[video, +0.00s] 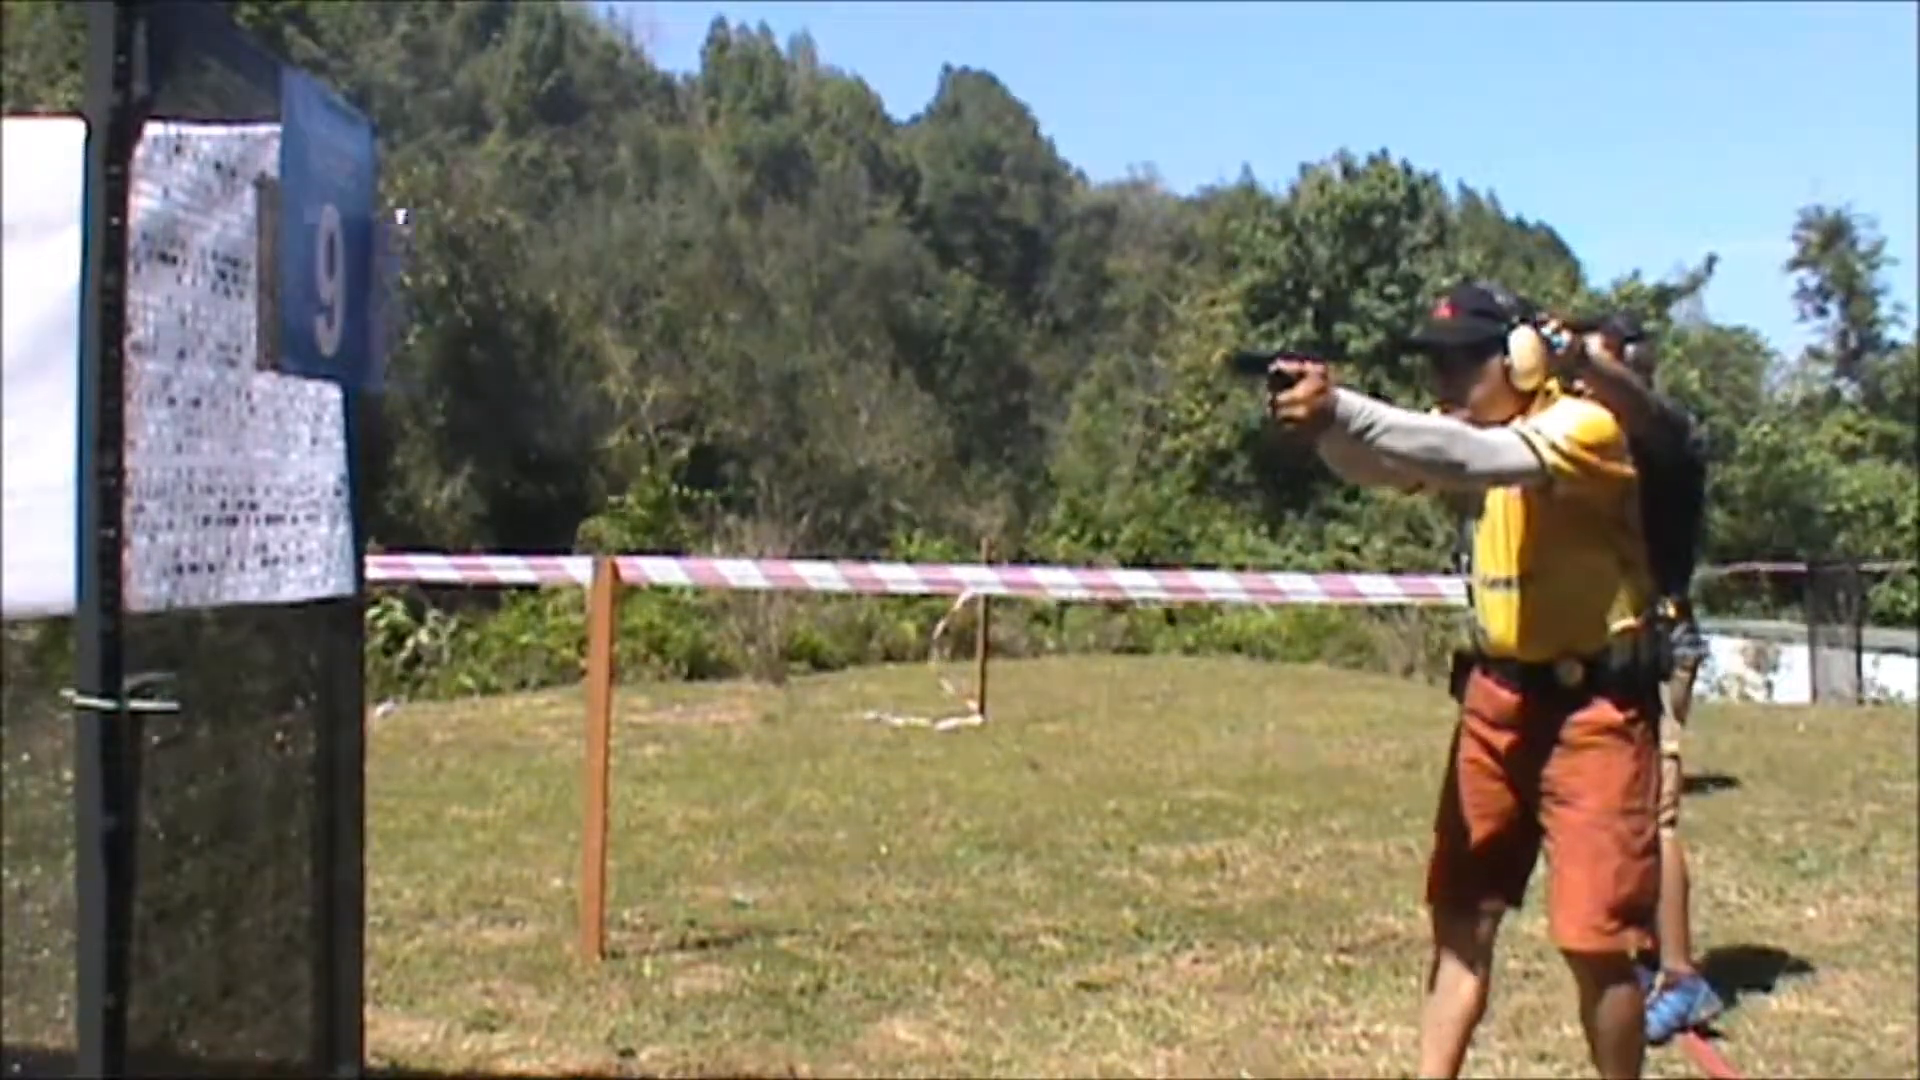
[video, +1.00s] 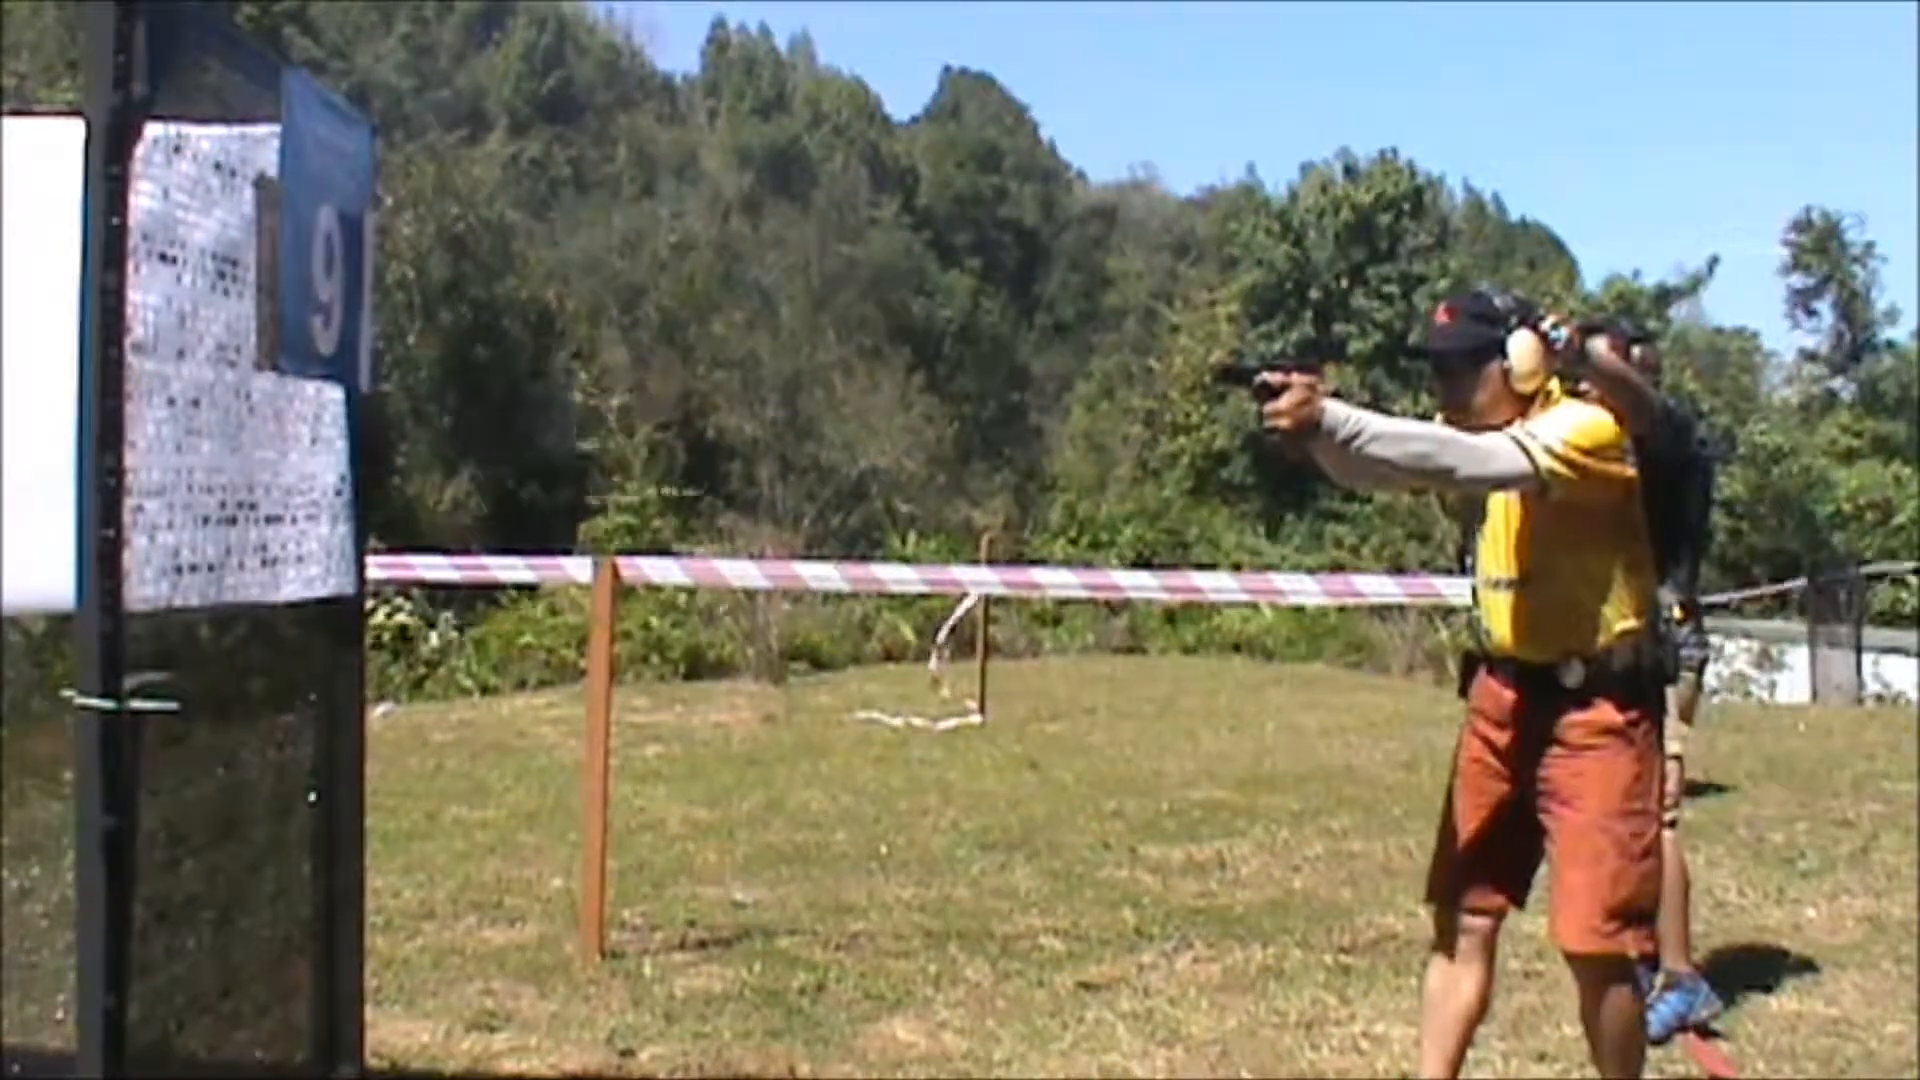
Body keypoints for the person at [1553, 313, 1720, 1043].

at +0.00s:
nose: (1599, 371)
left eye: (1612, 359)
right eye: (1595, 359)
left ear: (1638, 364)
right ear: (1590, 368)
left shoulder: (1671, 437)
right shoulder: (1581, 433)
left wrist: (1585, 359)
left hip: (1659, 631)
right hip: (1601, 637)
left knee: (1657, 806)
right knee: (1614, 805)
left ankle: (1678, 970)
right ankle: (1639, 965)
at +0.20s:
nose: (1604, 370)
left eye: (1617, 358)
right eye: (1597, 360)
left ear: (1643, 362)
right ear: (1588, 368)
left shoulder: (1676, 438)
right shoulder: (1581, 433)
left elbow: (1658, 428)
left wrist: (1589, 364)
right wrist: (1555, 361)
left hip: (1658, 628)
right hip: (1596, 634)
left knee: (1655, 808)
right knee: (1609, 804)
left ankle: (1679, 971)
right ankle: (1635, 965)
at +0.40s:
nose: (1604, 373)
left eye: (1618, 360)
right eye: (1598, 361)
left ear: (1640, 365)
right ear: (1587, 371)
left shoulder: (1671, 438)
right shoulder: (1578, 435)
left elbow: (1634, 400)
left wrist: (1585, 357)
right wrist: (1556, 361)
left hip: (1659, 624)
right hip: (1596, 630)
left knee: (1657, 808)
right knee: (1612, 805)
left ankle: (1678, 971)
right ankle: (1640, 967)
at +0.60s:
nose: (1604, 374)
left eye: (1617, 360)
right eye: (1598, 361)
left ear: (1639, 365)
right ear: (1585, 370)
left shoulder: (1671, 438)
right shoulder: (1578, 435)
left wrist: (1582, 354)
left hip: (1661, 624)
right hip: (1600, 630)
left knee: (1659, 807)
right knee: (1616, 805)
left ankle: (1678, 970)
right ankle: (1643, 967)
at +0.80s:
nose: (1612, 374)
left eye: (1623, 361)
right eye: (1604, 364)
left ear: (1641, 367)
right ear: (1588, 373)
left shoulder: (1673, 441)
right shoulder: (1578, 438)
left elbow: (1632, 396)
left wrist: (1583, 357)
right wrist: (1552, 364)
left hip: (1664, 629)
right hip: (1601, 636)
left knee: (1658, 807)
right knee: (1612, 806)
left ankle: (1678, 970)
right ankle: (1637, 968)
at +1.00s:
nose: (1607, 374)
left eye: (1620, 362)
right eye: (1602, 363)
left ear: (1644, 370)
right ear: (1596, 371)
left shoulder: (1671, 438)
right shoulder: (1583, 437)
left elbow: (1619, 379)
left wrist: (1581, 356)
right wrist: (1543, 364)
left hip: (1660, 629)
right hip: (1600, 631)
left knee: (1659, 809)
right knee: (1618, 807)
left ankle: (1678, 970)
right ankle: (1637, 967)